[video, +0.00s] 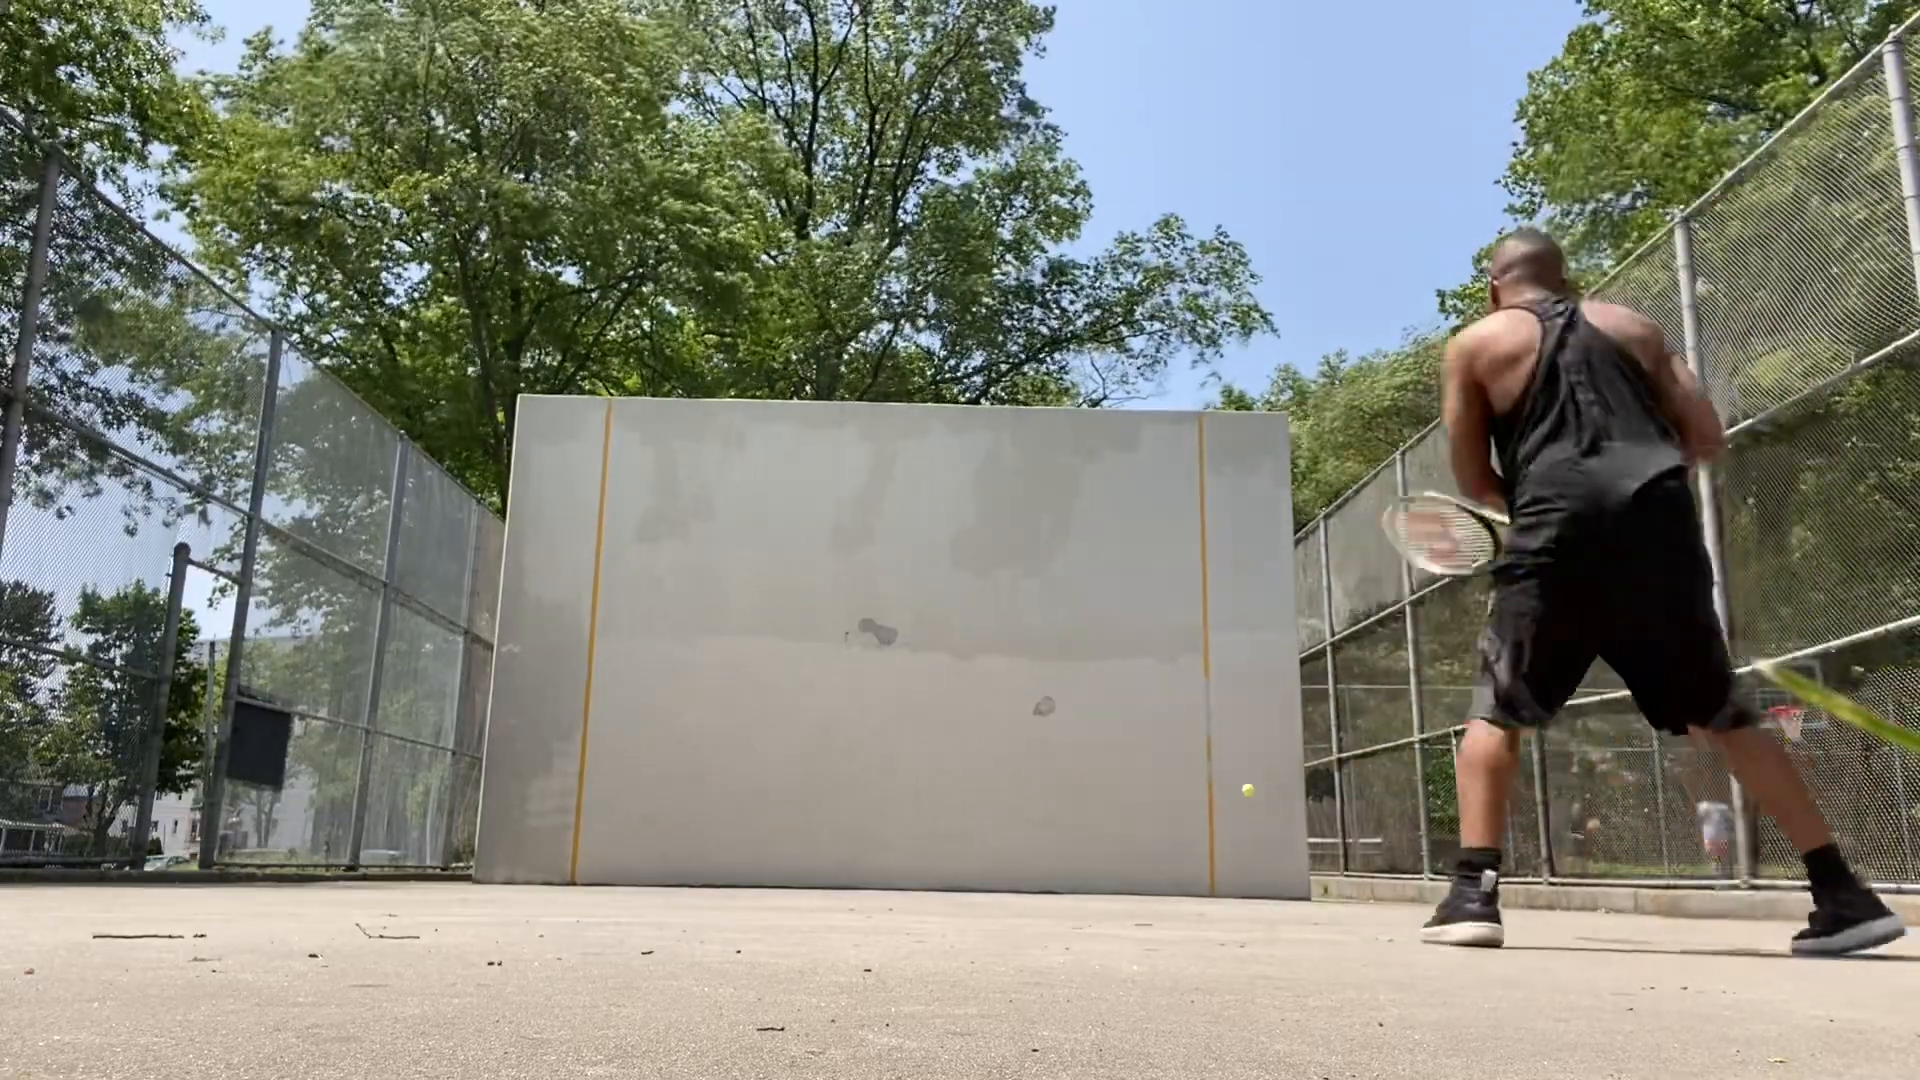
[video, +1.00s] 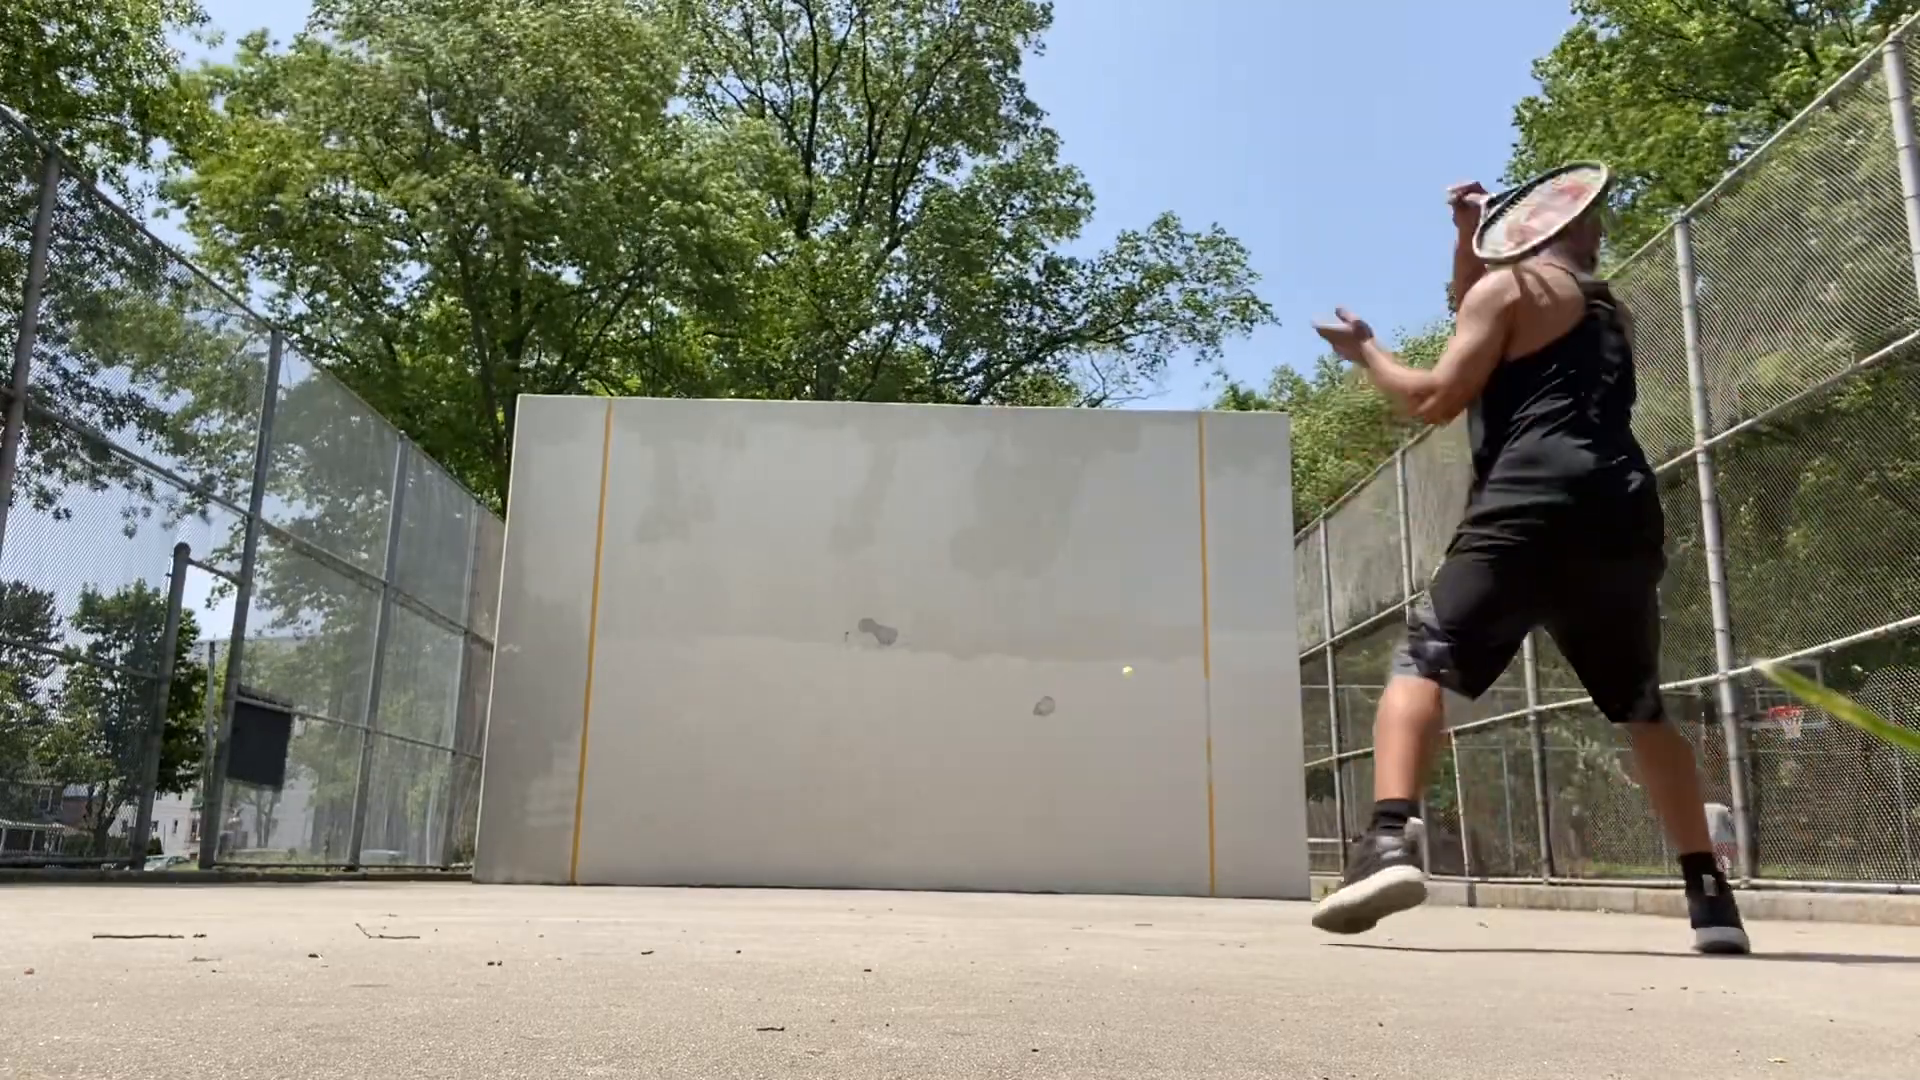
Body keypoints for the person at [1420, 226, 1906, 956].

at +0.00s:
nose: (1483, 298)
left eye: (1484, 289)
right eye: (1485, 290)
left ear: (1496, 287)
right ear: (1568, 282)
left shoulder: (1475, 345)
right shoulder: (1629, 322)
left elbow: (1473, 479)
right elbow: (1706, 437)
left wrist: (1545, 499)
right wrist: (1635, 464)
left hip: (1553, 547)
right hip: (1659, 541)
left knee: (1496, 712)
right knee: (1721, 716)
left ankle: (1473, 891)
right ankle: (1843, 893)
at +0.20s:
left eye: (1483, 266)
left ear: (1481, 278)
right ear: (1554, 269)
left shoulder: (1443, 334)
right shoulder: (1600, 298)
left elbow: (1450, 460)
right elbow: (1683, 392)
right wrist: (1649, 409)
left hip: (1497, 521)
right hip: (1606, 514)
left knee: (1475, 704)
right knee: (1666, 696)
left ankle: (1467, 894)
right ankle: (1727, 885)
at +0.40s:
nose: (1617, 299)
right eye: (1613, 290)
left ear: (1538, 292)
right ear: (1602, 286)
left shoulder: (1483, 344)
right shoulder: (1608, 300)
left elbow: (1392, 440)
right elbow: (1698, 322)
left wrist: (1383, 494)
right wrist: (1817, 264)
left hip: (1483, 529)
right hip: (1591, 519)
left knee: (1471, 713)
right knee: (1650, 706)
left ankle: (1465, 894)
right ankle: (1707, 895)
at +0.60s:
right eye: (1657, 345)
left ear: (1586, 333)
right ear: (1654, 339)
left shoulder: (1524, 365)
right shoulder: (1668, 370)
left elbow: (1415, 425)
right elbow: (1730, 456)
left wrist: (1341, 491)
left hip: (1509, 544)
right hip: (1620, 544)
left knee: (1462, 716)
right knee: (1677, 715)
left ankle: (1453, 885)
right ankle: (1711, 910)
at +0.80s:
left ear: (1593, 278)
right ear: (1654, 297)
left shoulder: (1537, 292)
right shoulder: (1684, 344)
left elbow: (1467, 384)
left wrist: (1384, 449)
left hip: (1521, 512)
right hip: (1629, 529)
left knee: (1442, 681)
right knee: (1662, 706)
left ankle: (1420, 868)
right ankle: (1711, 906)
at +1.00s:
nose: (1601, 229)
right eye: (1591, 219)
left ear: (1524, 235)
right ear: (1571, 234)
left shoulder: (1505, 289)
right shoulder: (1606, 305)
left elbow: (1435, 401)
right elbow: (1481, 313)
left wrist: (1363, 348)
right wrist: (1470, 236)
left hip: (1530, 490)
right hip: (1625, 500)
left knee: (1425, 664)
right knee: (1640, 706)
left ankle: (1389, 844)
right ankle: (1710, 899)